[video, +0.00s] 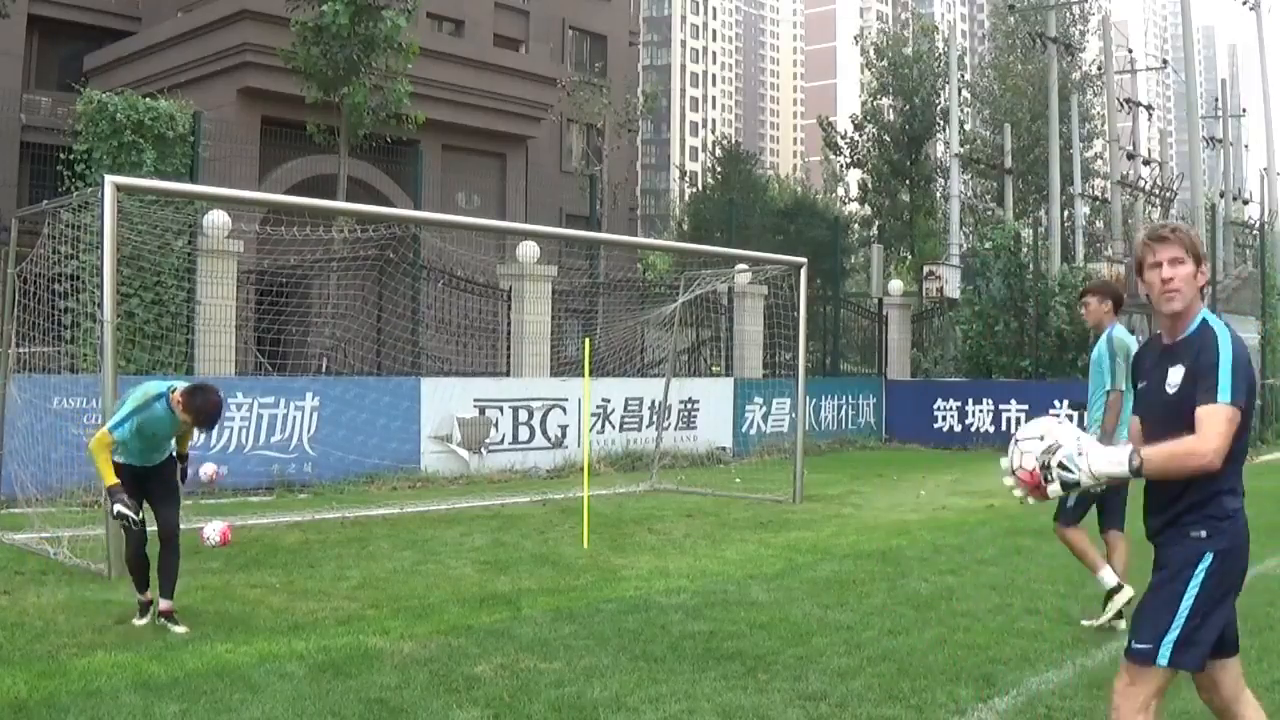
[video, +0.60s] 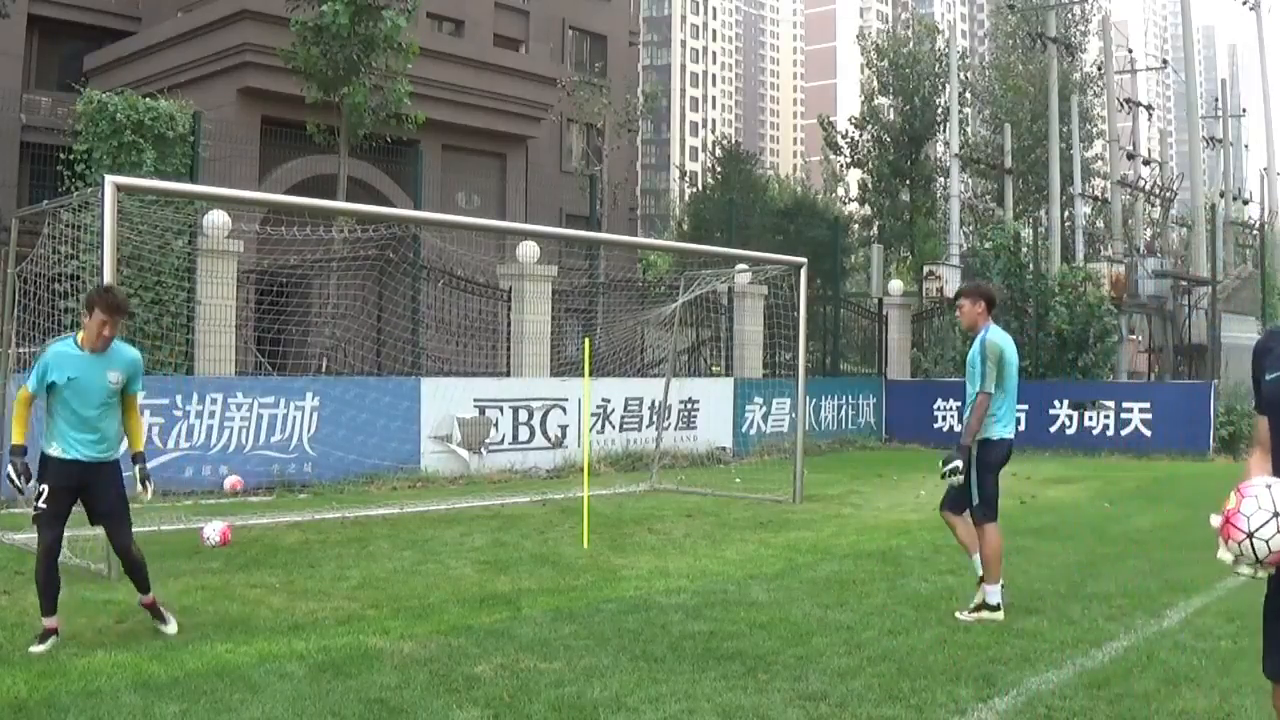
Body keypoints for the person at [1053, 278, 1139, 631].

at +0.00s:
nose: (1083, 312)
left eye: (1088, 305)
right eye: (1082, 306)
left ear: (1107, 306)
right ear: (1105, 308)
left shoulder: (1113, 340)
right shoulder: (1116, 341)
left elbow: (1115, 396)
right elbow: (1119, 397)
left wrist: (1102, 445)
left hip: (1104, 448)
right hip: (1118, 447)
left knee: (1064, 522)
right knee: (1114, 530)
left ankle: (1114, 586)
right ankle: (1115, 611)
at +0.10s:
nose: (1057, 314)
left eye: (1062, 307)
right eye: (1058, 308)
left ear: (1082, 309)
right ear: (1080, 311)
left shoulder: (1090, 343)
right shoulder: (1096, 342)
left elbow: (1097, 398)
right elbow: (1098, 399)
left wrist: (1096, 448)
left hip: (1079, 447)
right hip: (1102, 446)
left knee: (1036, 517)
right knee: (1106, 526)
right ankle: (1114, 611)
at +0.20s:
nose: (1040, 317)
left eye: (1045, 310)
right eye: (1041, 310)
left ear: (1065, 311)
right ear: (1063, 313)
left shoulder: (1073, 346)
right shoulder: (1075, 345)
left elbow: (1081, 403)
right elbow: (1066, 408)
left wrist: (1088, 457)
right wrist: (1047, 448)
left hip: (1064, 450)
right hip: (1082, 449)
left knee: (1031, 524)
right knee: (1091, 529)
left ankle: (1002, 601)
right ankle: (1113, 610)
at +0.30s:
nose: (1012, 319)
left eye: (1017, 312)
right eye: (1012, 313)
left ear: (1037, 313)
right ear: (1036, 315)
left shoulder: (1044, 347)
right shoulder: (1050, 345)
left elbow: (1055, 404)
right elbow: (1042, 407)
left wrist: (1064, 458)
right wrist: (1019, 446)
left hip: (1035, 449)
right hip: (1051, 450)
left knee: (1011, 526)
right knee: (1062, 531)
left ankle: (993, 603)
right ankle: (1104, 600)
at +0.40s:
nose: (994, 314)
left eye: (999, 308)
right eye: (995, 308)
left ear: (1019, 310)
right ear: (1017, 312)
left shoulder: (1027, 345)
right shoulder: (1031, 343)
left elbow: (1034, 402)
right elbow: (1020, 405)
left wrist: (1039, 456)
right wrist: (1003, 447)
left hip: (1017, 446)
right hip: (1028, 444)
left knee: (1001, 524)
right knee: (1026, 529)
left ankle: (993, 603)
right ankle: (1079, 584)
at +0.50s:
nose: (972, 315)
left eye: (975, 308)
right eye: (972, 309)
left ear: (996, 308)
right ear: (995, 310)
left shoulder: (1005, 342)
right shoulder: (1008, 339)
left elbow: (1004, 400)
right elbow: (1004, 399)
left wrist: (995, 456)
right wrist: (984, 446)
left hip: (1004, 443)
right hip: (1001, 440)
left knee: (993, 522)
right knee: (974, 517)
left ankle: (993, 603)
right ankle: (1027, 570)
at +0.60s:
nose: (957, 315)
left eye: (961, 308)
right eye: (957, 308)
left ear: (981, 308)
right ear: (980, 309)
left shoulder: (989, 342)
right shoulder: (993, 339)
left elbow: (983, 398)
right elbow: (989, 398)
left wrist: (963, 447)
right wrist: (965, 443)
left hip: (989, 441)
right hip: (990, 439)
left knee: (985, 519)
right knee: (951, 508)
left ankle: (992, 601)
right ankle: (987, 573)